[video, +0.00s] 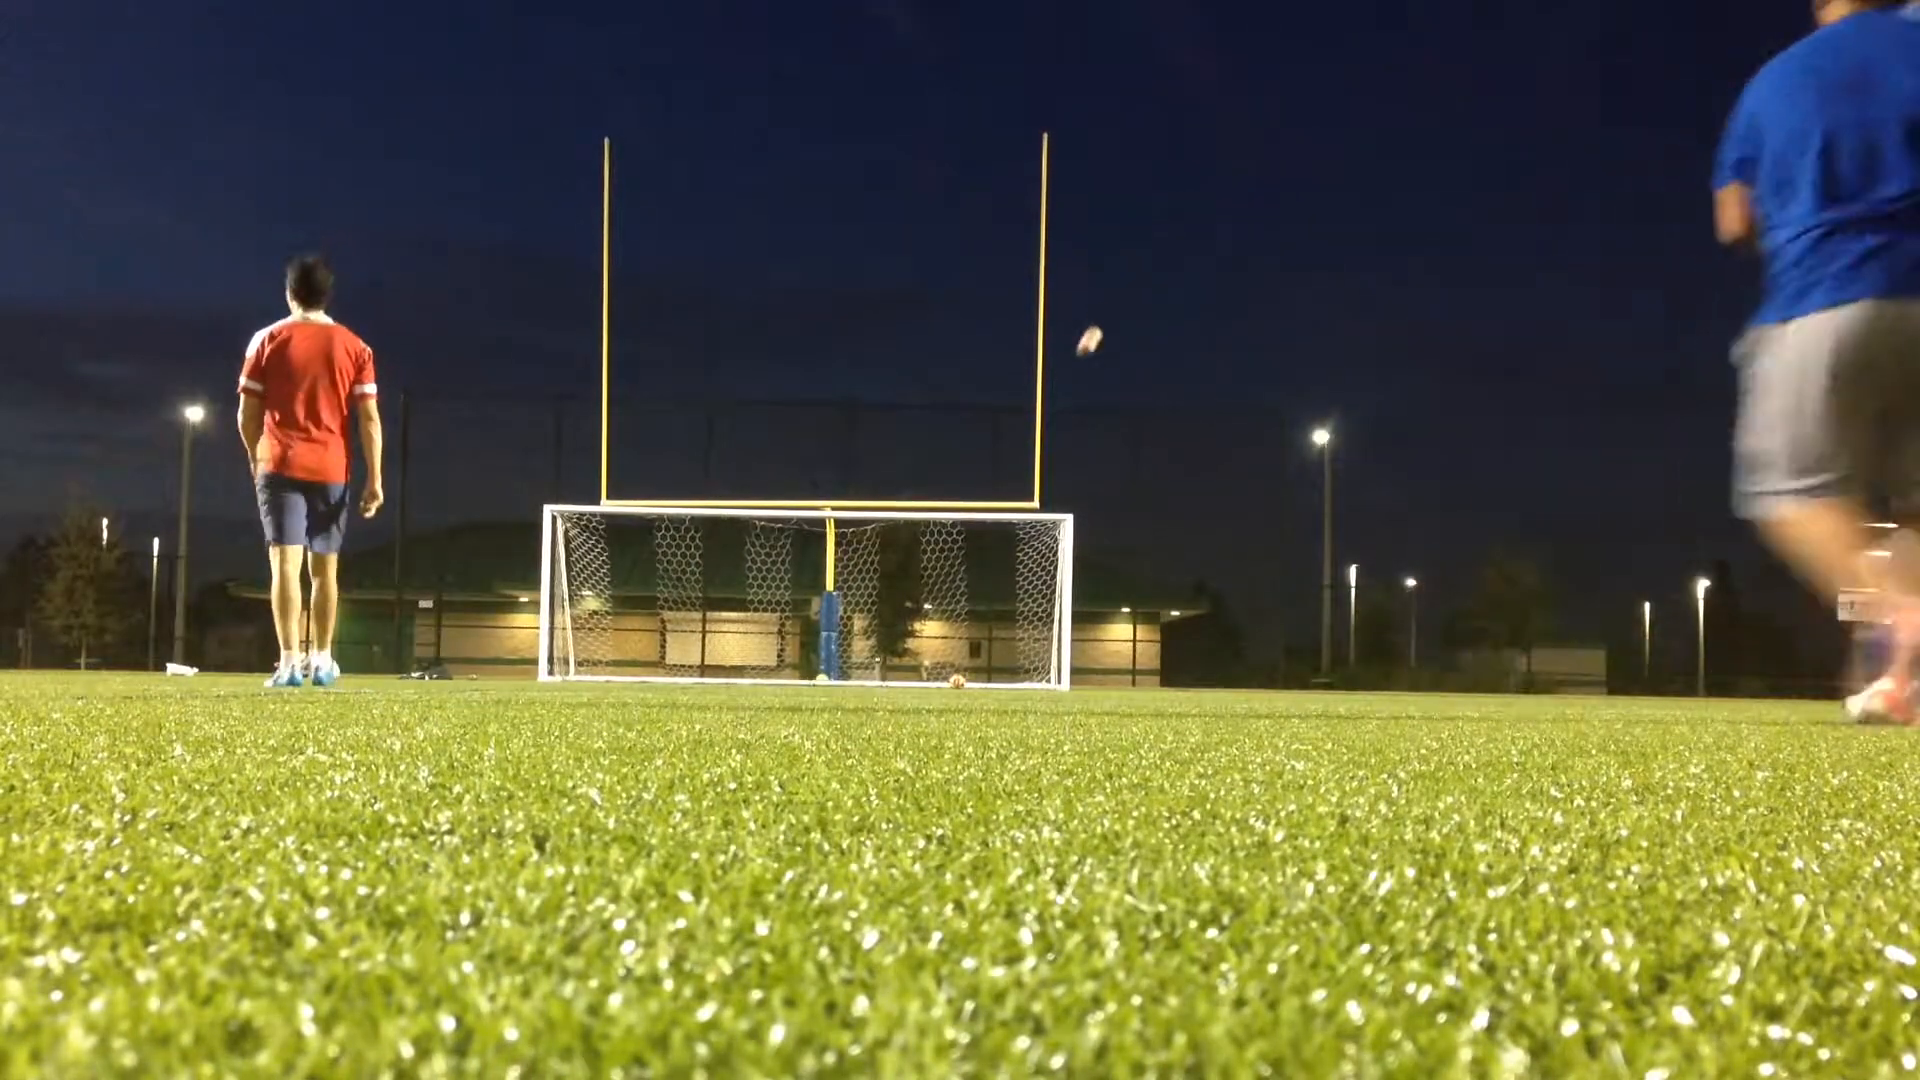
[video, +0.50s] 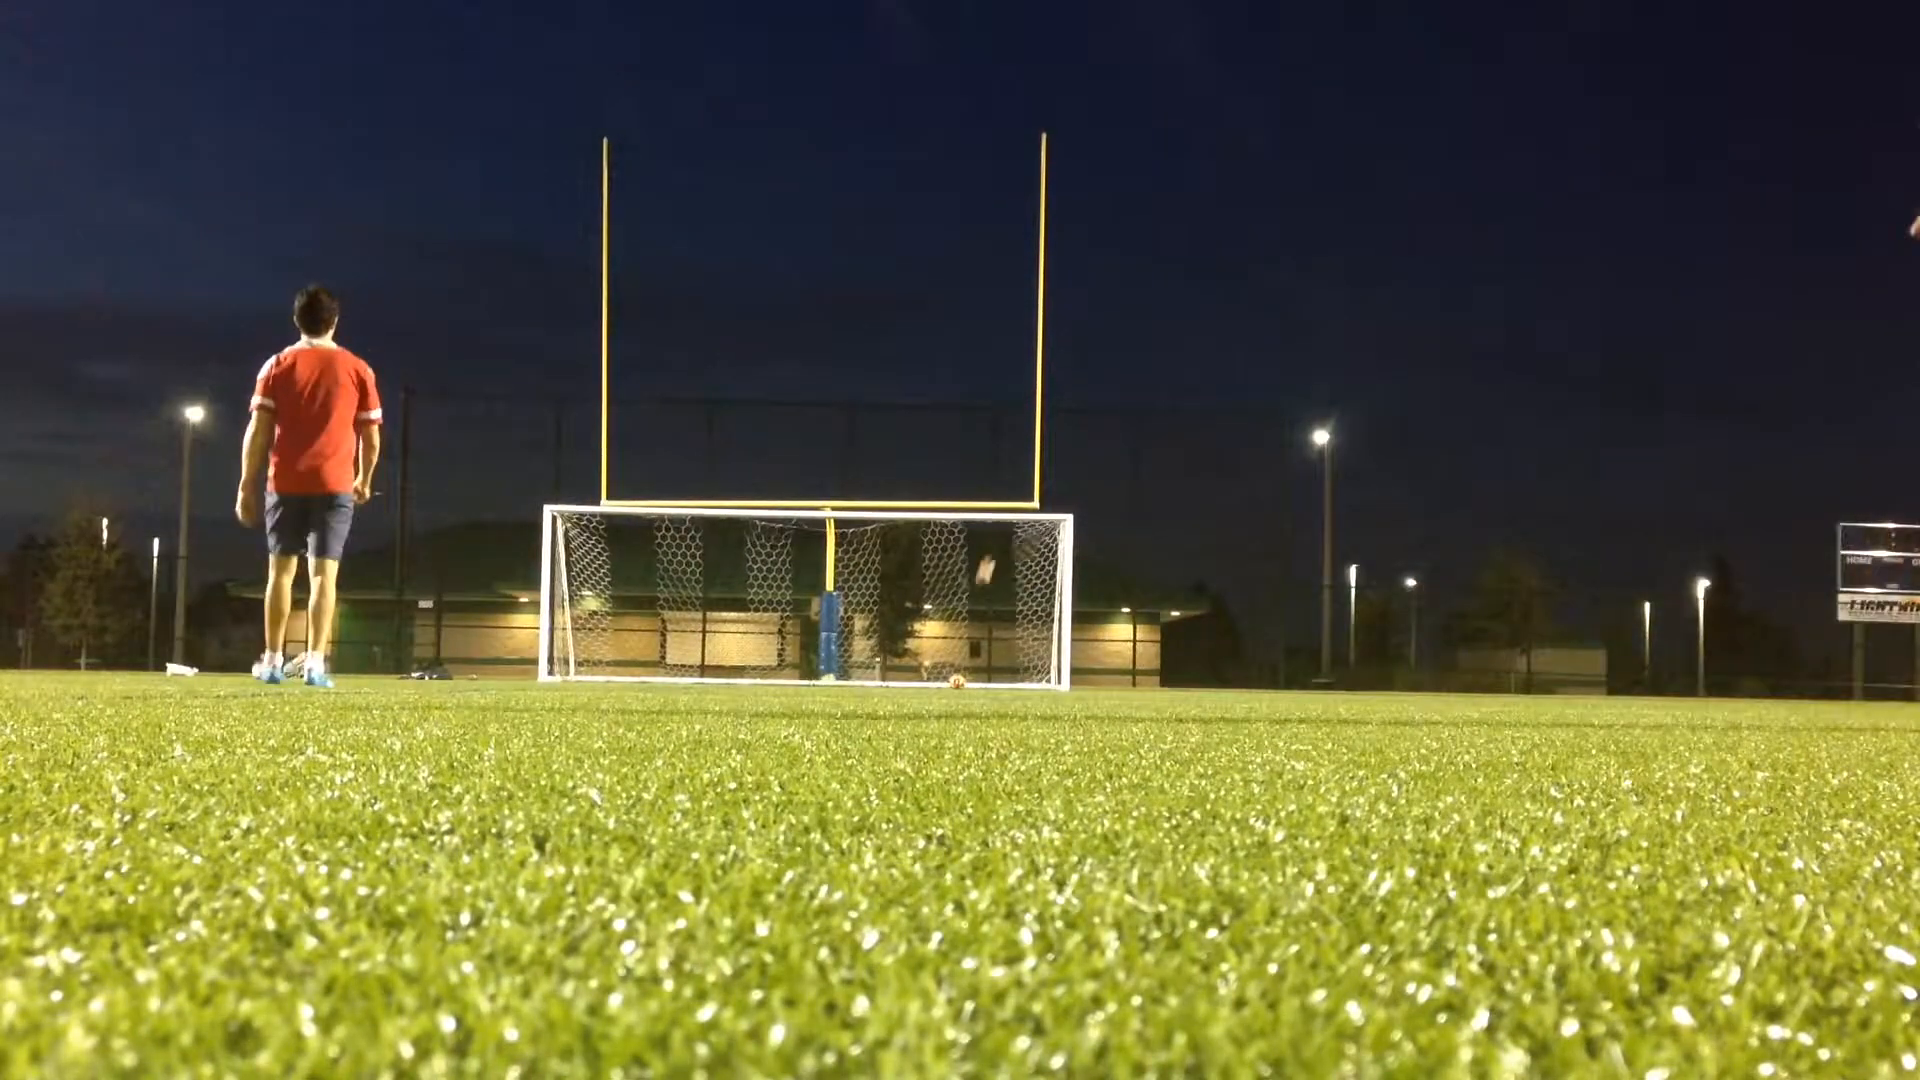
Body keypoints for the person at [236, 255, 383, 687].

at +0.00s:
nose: (289, 296)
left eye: (288, 291)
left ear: (290, 294)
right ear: (328, 295)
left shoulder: (267, 340)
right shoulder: (354, 346)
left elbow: (247, 415)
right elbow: (370, 417)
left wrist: (258, 459)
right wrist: (375, 477)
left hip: (278, 461)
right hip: (331, 466)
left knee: (285, 564)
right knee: (325, 571)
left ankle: (290, 661)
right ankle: (322, 659)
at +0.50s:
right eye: (331, 318)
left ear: (296, 322)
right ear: (334, 323)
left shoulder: (276, 365)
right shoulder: (358, 369)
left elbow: (258, 430)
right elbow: (371, 438)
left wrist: (246, 487)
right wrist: (365, 478)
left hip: (285, 482)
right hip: (336, 482)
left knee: (280, 572)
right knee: (324, 576)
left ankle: (272, 659)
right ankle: (315, 662)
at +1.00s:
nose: (329, 347)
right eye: (329, 341)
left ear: (294, 344)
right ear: (329, 344)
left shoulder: (272, 384)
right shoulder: (348, 388)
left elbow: (257, 453)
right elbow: (358, 449)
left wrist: (270, 487)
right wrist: (362, 502)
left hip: (280, 492)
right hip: (326, 495)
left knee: (279, 575)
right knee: (324, 578)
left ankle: (274, 663)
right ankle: (318, 661)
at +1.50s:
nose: (358, 370)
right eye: (363, 364)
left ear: (332, 367)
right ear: (366, 367)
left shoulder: (312, 405)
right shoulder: (381, 408)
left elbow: (296, 462)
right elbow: (392, 466)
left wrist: (290, 510)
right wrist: (389, 502)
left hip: (317, 505)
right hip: (358, 507)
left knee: (323, 580)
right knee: (341, 585)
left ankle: (316, 656)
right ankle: (327, 662)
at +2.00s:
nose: (362, 388)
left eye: (363, 383)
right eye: (365, 383)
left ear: (366, 386)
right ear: (395, 387)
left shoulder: (347, 421)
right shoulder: (411, 426)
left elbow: (332, 476)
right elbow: (418, 480)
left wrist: (343, 508)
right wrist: (424, 527)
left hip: (351, 515)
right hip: (392, 518)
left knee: (351, 592)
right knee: (397, 592)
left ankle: (348, 665)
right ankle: (396, 663)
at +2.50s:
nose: (409, 407)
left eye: (410, 403)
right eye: (415, 403)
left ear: (411, 406)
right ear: (439, 407)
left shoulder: (393, 441)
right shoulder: (453, 443)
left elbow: (381, 491)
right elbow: (463, 491)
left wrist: (374, 534)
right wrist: (464, 527)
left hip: (398, 528)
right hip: (434, 529)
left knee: (406, 595)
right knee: (424, 598)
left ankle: (406, 665)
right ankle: (414, 667)